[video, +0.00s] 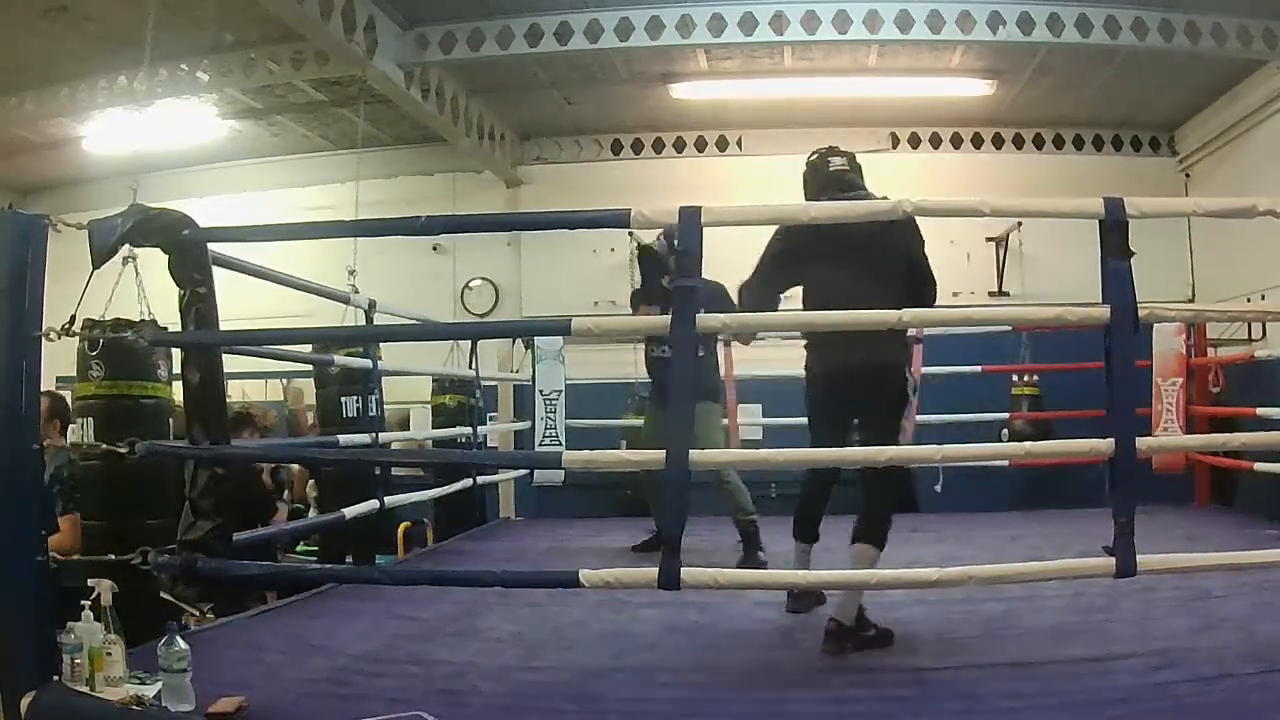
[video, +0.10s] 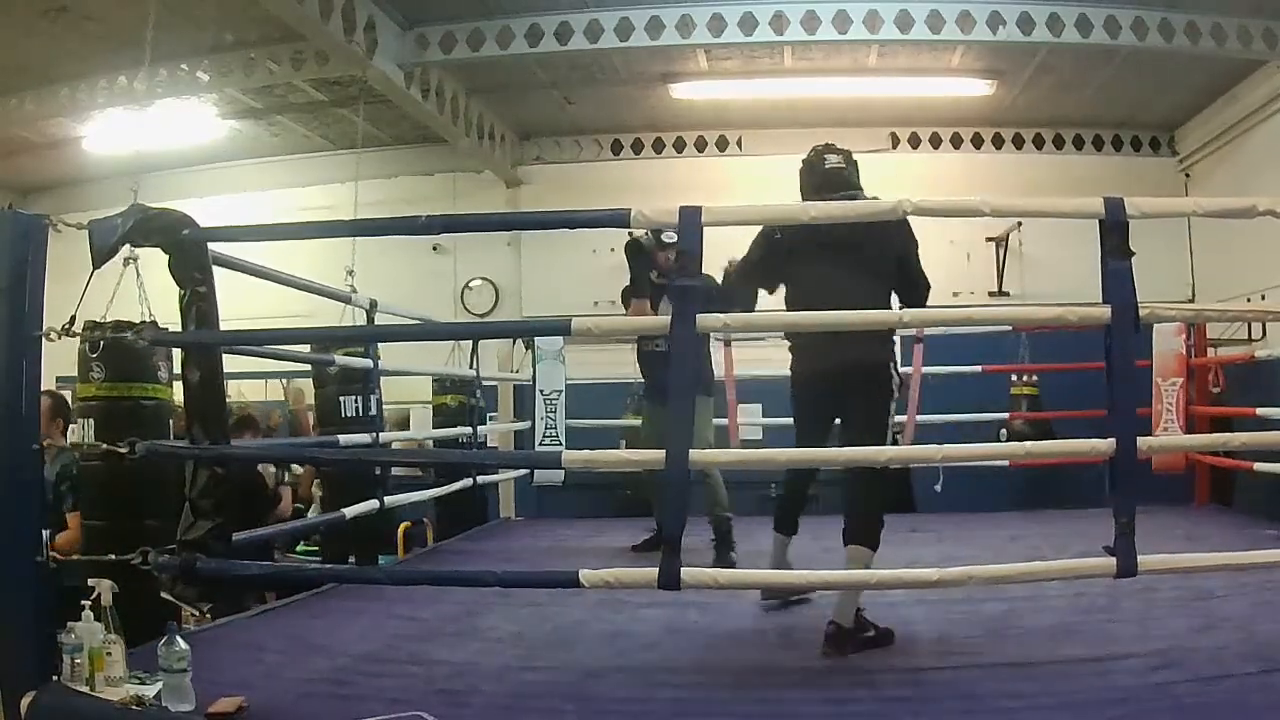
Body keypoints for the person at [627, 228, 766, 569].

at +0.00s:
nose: (670, 267)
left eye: (676, 260)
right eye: (665, 261)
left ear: (688, 257)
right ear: (659, 262)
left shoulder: (711, 291)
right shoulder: (650, 294)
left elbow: (741, 331)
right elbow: (641, 327)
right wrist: (654, 280)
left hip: (703, 394)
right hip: (663, 395)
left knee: (717, 464)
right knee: (651, 464)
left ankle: (751, 543)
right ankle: (665, 532)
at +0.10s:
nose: (665, 257)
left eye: (670, 251)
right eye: (661, 253)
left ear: (681, 254)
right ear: (650, 257)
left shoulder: (698, 286)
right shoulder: (642, 289)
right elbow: (639, 316)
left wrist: (678, 278)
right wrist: (639, 269)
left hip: (695, 387)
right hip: (656, 388)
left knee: (703, 460)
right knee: (653, 462)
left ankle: (723, 539)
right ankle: (664, 532)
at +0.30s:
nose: (666, 259)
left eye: (673, 252)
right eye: (660, 251)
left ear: (682, 255)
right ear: (648, 253)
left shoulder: (692, 285)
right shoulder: (635, 286)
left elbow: (727, 306)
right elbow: (628, 320)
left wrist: (719, 265)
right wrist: (634, 275)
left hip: (681, 391)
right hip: (645, 391)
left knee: (686, 463)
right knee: (652, 464)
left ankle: (694, 541)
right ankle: (664, 531)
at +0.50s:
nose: (679, 261)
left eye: (681, 255)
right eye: (673, 255)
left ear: (682, 258)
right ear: (659, 256)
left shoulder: (685, 288)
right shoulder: (629, 284)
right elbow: (639, 318)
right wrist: (647, 270)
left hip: (674, 396)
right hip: (638, 395)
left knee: (677, 465)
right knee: (622, 464)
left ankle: (690, 538)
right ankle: (653, 518)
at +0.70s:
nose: (661, 267)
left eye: (665, 260)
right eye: (655, 261)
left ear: (671, 262)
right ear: (634, 264)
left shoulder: (676, 291)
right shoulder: (615, 290)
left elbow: (675, 324)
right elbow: (618, 330)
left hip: (667, 394)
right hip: (629, 392)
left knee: (675, 469)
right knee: (610, 462)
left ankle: (689, 543)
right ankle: (605, 533)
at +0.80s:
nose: (637, 274)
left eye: (644, 268)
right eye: (630, 268)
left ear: (656, 268)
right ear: (619, 267)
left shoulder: (672, 297)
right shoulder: (607, 301)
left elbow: (711, 333)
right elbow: (616, 336)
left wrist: (708, 292)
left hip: (663, 402)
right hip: (623, 401)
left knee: (676, 472)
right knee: (602, 468)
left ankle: (691, 549)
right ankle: (599, 538)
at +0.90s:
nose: (645, 270)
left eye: (650, 263)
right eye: (638, 263)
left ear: (657, 263)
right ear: (623, 263)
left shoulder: (669, 295)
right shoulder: (606, 299)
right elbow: (613, 345)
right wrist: (624, 301)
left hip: (663, 401)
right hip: (623, 402)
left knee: (679, 472)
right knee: (604, 468)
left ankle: (712, 551)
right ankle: (599, 538)